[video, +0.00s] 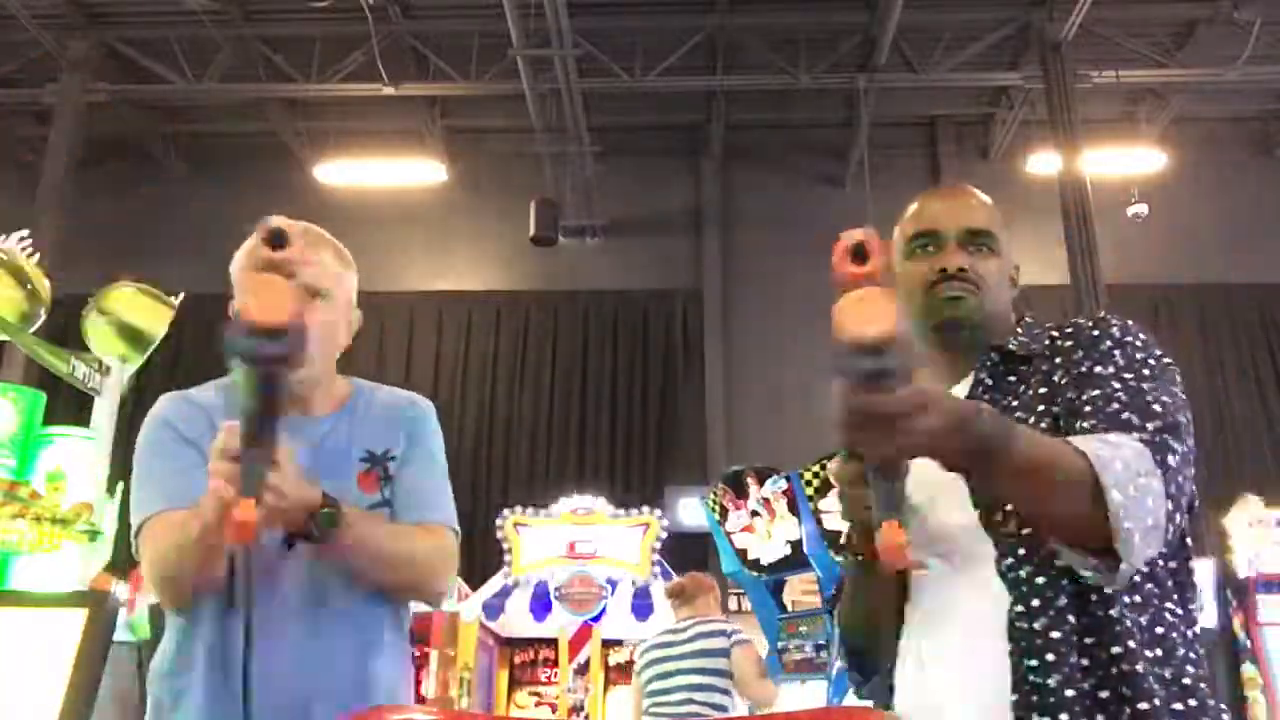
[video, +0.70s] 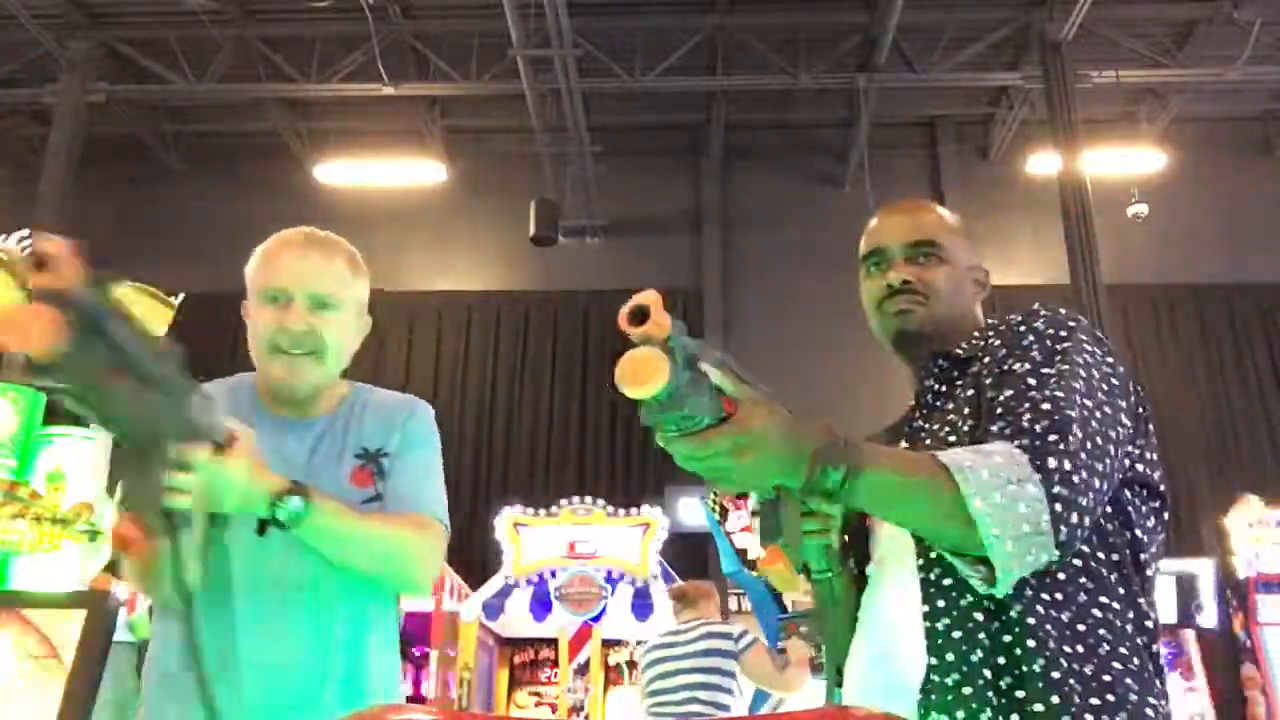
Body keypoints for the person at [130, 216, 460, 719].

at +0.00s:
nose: (290, 315)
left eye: (315, 297)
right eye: (272, 295)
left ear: (353, 323)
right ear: (238, 314)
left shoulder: (404, 421)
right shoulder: (180, 419)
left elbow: (435, 571)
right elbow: (171, 585)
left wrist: (316, 512)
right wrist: (217, 508)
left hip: (356, 710)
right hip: (206, 709)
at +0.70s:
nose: (297, 322)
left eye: (323, 305)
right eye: (276, 300)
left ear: (361, 328)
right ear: (246, 314)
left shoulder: (402, 423)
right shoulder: (190, 415)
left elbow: (419, 563)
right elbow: (166, 584)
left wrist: (269, 494)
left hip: (346, 708)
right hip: (189, 708)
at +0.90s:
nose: (282, 322)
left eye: (309, 302)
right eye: (263, 298)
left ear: (352, 322)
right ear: (235, 312)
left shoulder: (392, 422)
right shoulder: (188, 412)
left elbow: (340, 562)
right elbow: (129, 596)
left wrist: (222, 510)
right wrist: (149, 492)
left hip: (333, 710)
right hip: (190, 707)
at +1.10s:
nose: (280, 347)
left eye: (305, 323)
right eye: (261, 324)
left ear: (356, 331)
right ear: (239, 331)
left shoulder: (408, 431)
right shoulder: (200, 421)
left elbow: (383, 574)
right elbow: (138, 578)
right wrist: (168, 476)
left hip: (344, 712)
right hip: (194, 710)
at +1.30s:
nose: (309, 347)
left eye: (333, 324)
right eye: (289, 325)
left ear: (377, 338)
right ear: (265, 336)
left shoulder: (431, 448)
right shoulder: (221, 426)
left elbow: (477, 597)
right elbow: (157, 561)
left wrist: (430, 658)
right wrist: (185, 445)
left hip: (366, 708)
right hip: (218, 705)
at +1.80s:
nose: (217, 262)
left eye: (246, 237)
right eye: (195, 236)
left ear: (301, 258)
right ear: (169, 253)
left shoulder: (365, 391)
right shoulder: (116, 366)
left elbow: (400, 566)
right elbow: (32, 522)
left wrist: (334, 647)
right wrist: (66, 406)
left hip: (283, 711)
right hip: (110, 705)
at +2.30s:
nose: (329, 300)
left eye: (356, 282)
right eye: (308, 279)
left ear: (395, 310)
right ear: (280, 299)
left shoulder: (442, 414)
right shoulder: (223, 399)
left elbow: (465, 571)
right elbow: (177, 560)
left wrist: (339, 482)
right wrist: (207, 496)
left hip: (385, 706)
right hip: (229, 704)